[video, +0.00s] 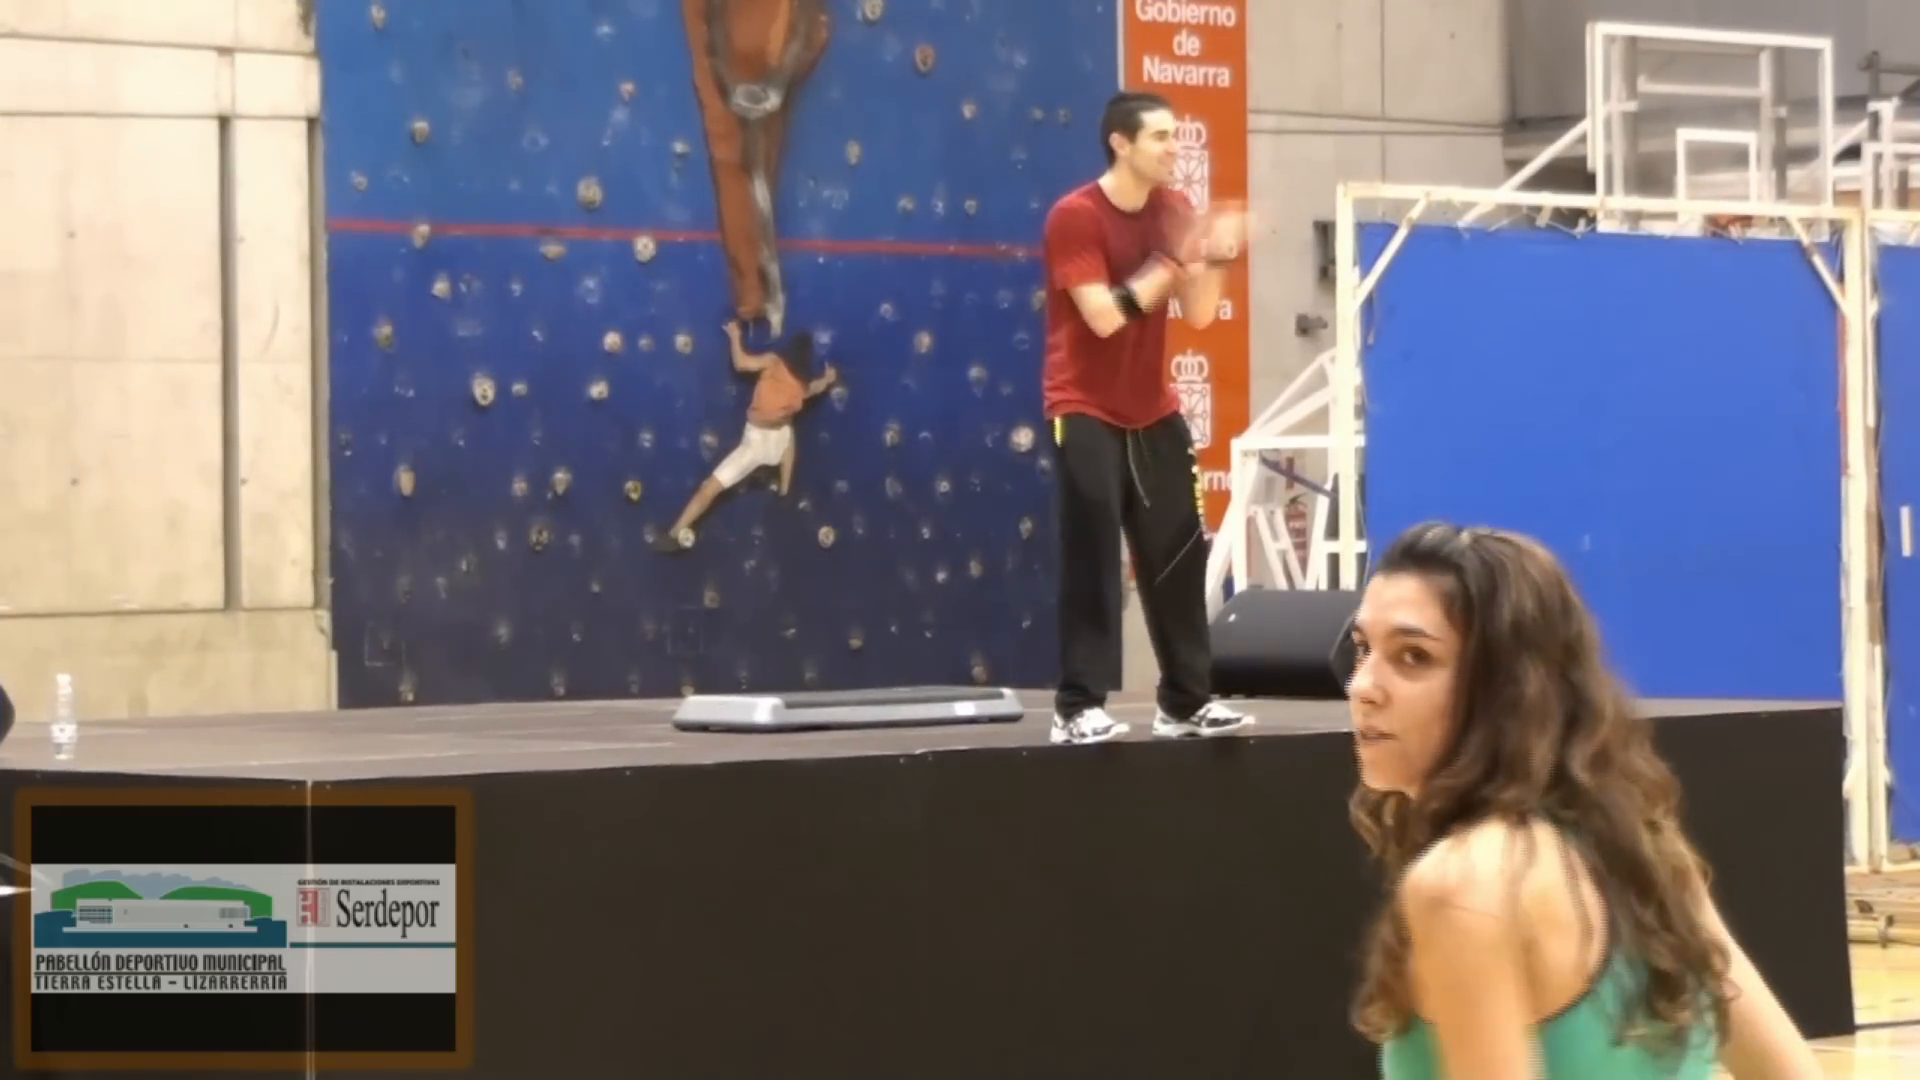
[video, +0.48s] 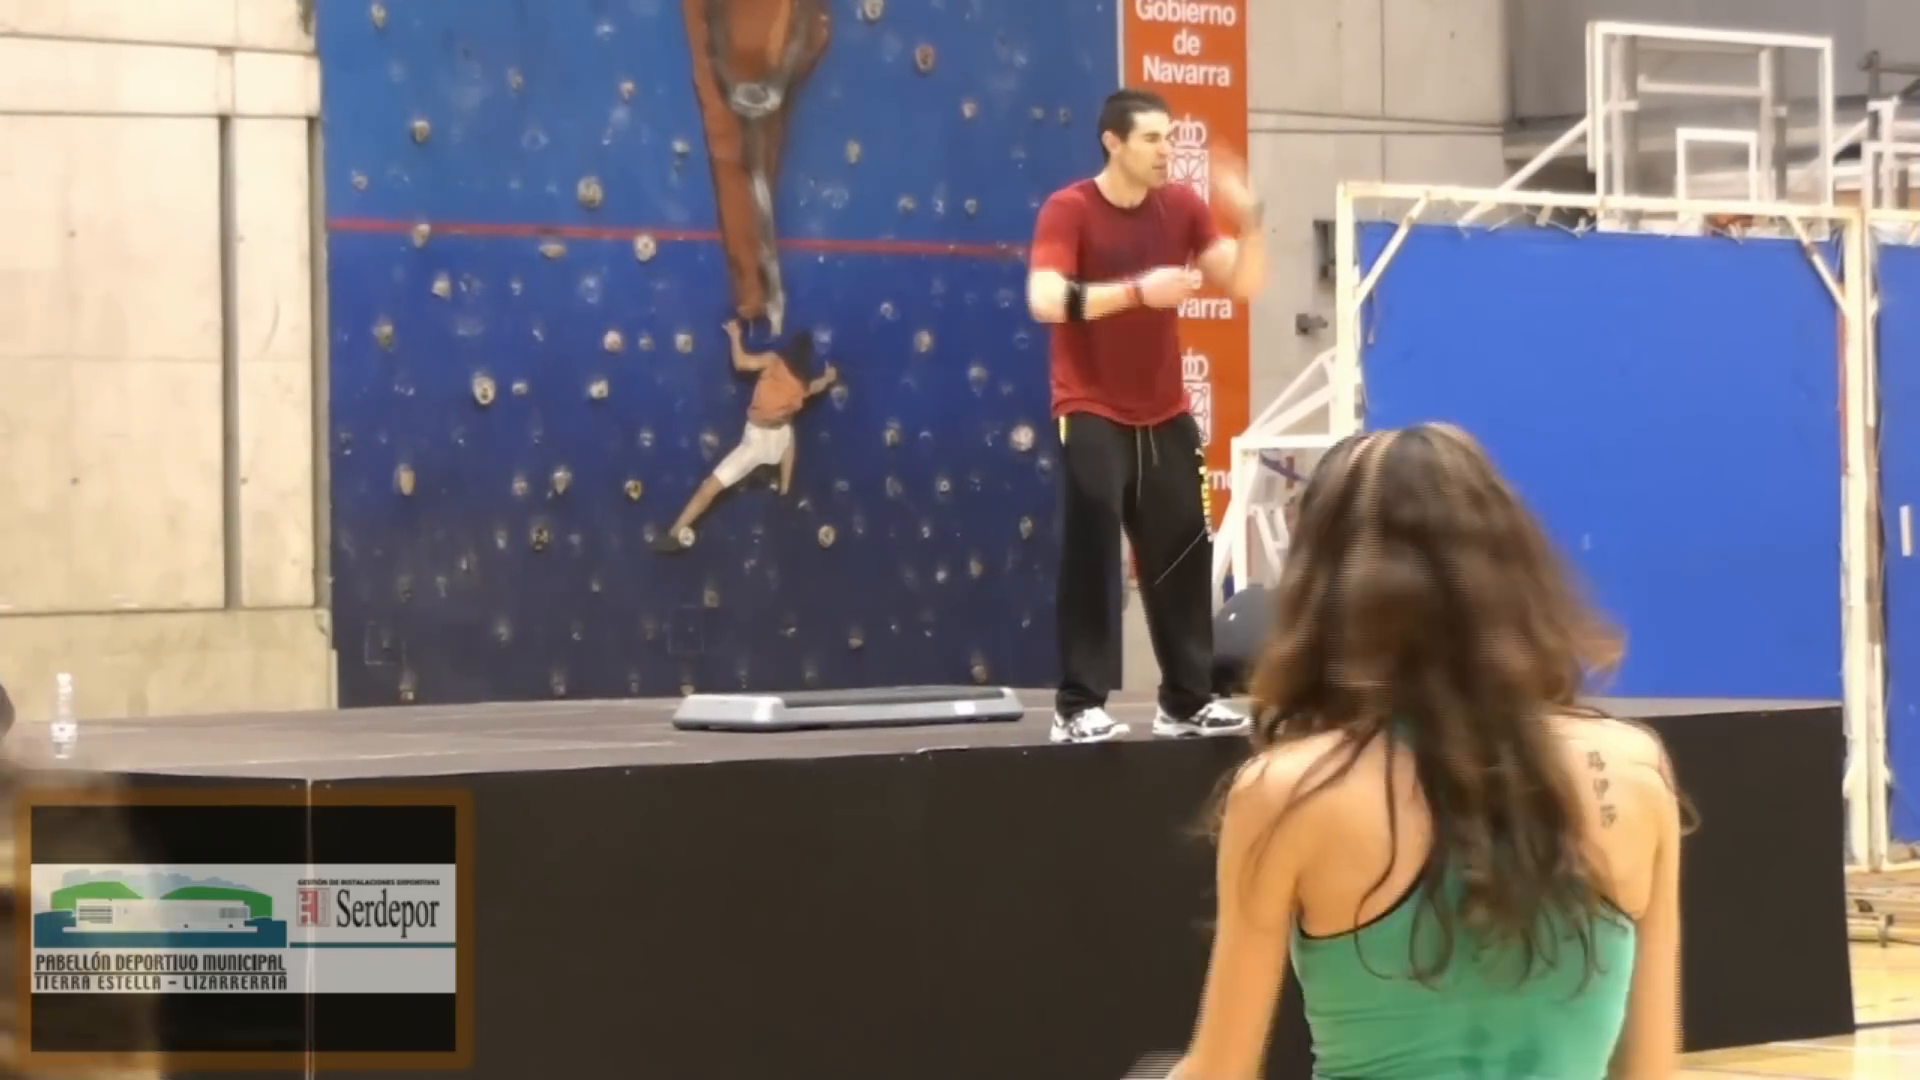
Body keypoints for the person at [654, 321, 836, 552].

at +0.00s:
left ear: (788, 351)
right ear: (808, 359)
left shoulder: (772, 362)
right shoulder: (802, 387)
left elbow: (741, 364)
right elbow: (816, 387)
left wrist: (734, 337)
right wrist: (829, 379)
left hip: (754, 444)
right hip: (779, 444)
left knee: (713, 484)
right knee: (789, 433)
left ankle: (678, 531)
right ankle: (784, 487)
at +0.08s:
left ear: (788, 351)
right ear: (808, 359)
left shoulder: (772, 362)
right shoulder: (803, 386)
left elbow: (741, 363)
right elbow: (817, 386)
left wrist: (735, 336)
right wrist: (829, 378)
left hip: (755, 442)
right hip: (779, 441)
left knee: (714, 483)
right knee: (789, 435)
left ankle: (678, 530)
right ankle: (785, 486)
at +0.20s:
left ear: (788, 350)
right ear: (808, 359)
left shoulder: (772, 361)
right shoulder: (803, 386)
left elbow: (741, 363)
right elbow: (818, 385)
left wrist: (735, 336)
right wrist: (829, 378)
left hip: (755, 442)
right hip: (779, 441)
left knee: (714, 483)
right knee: (789, 434)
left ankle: (678, 530)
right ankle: (785, 487)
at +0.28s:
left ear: (788, 350)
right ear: (808, 358)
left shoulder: (772, 362)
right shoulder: (803, 386)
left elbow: (740, 363)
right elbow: (818, 385)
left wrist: (735, 336)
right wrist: (829, 377)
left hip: (755, 442)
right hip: (779, 441)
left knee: (712, 484)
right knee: (789, 434)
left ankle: (677, 531)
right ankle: (784, 487)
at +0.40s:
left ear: (788, 350)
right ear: (808, 359)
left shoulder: (772, 361)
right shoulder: (803, 386)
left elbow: (741, 363)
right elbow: (817, 386)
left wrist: (735, 336)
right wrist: (829, 377)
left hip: (755, 441)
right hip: (779, 440)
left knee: (713, 484)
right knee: (789, 433)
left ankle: (677, 531)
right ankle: (784, 486)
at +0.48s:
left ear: (788, 350)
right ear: (808, 358)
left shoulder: (772, 361)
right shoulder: (802, 386)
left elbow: (740, 363)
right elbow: (817, 386)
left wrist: (735, 336)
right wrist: (829, 378)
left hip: (755, 442)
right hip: (779, 441)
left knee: (712, 484)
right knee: (789, 433)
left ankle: (677, 531)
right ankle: (784, 487)